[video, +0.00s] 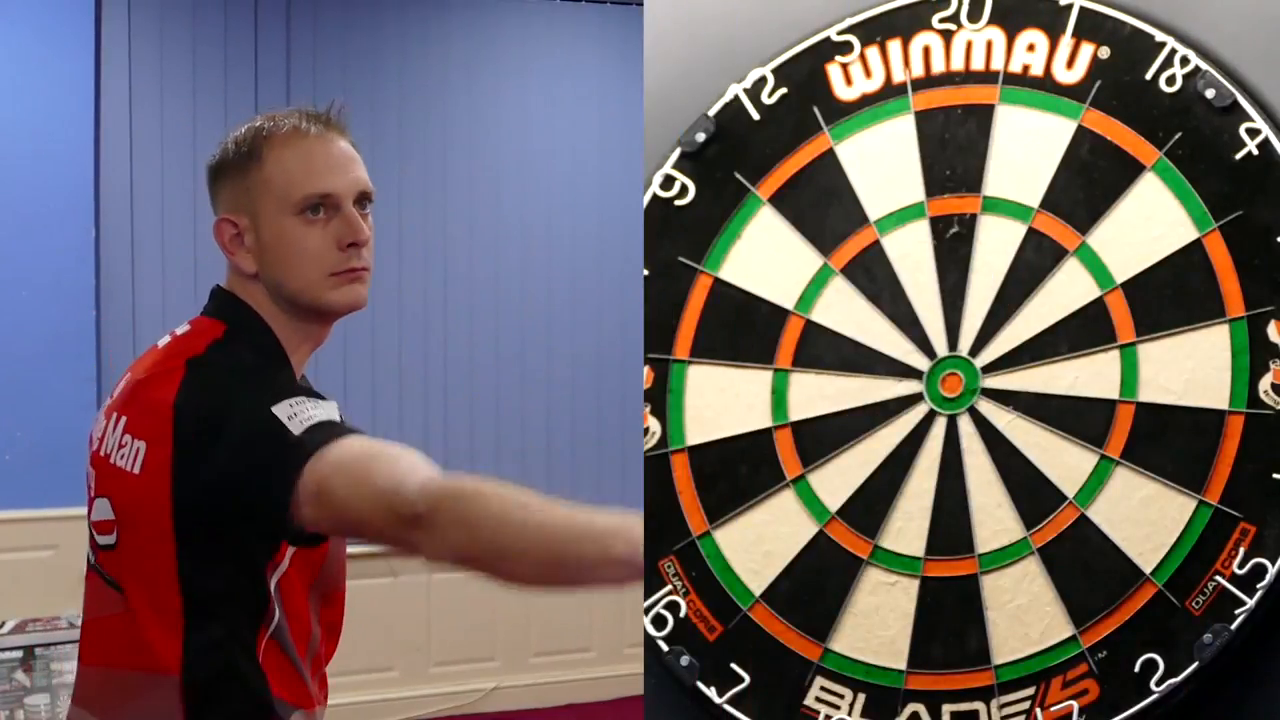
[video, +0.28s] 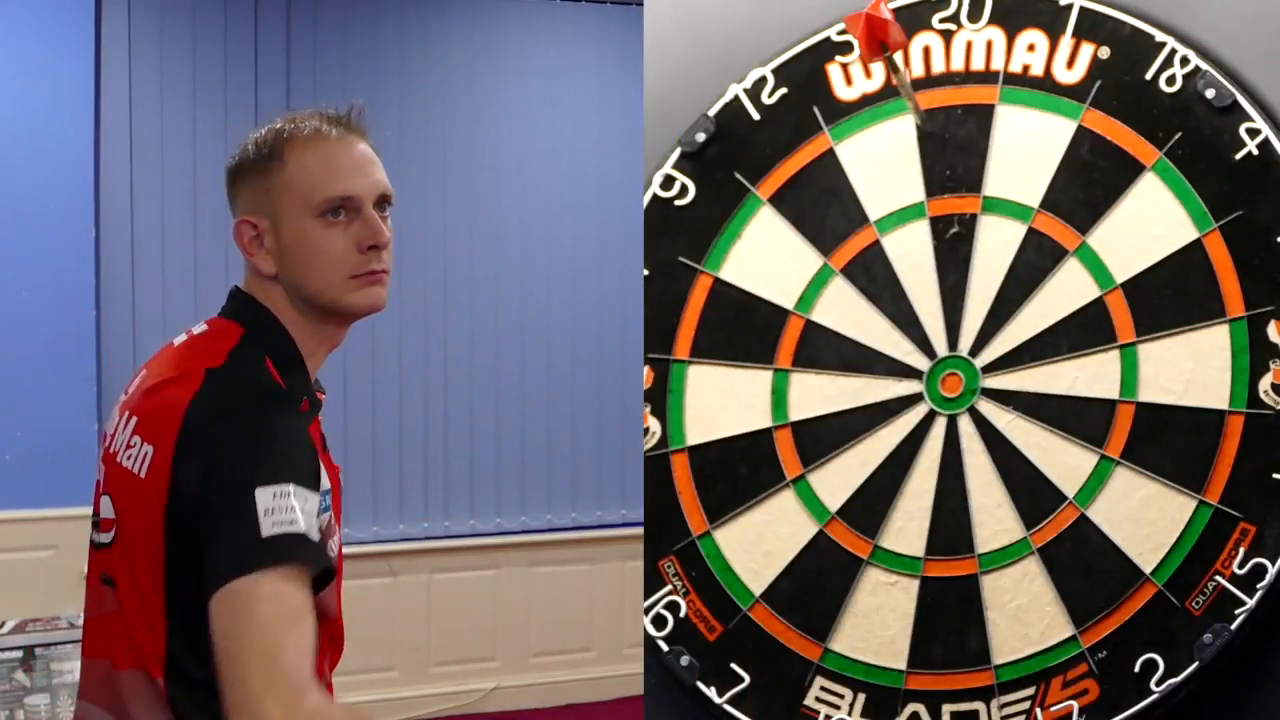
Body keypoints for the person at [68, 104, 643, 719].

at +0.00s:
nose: (357, 231)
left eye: (362, 206)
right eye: (318, 210)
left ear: (373, 212)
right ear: (238, 242)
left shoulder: (160, 373)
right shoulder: (233, 395)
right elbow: (424, 507)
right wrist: (665, 547)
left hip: (119, 708)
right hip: (226, 707)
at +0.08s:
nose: (365, 231)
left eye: (370, 205)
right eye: (326, 209)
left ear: (380, 210)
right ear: (246, 242)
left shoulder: (168, 370)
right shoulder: (243, 391)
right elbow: (399, 591)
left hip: (124, 708)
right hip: (229, 707)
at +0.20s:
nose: (372, 234)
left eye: (378, 207)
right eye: (332, 211)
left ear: (389, 211)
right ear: (253, 242)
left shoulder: (171, 369)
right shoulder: (251, 394)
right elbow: (335, 663)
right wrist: (519, 712)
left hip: (127, 701)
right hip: (214, 705)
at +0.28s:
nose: (378, 234)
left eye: (383, 207)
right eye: (337, 214)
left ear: (393, 215)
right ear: (257, 242)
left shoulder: (182, 366)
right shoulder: (252, 407)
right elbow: (274, 699)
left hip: (133, 705)